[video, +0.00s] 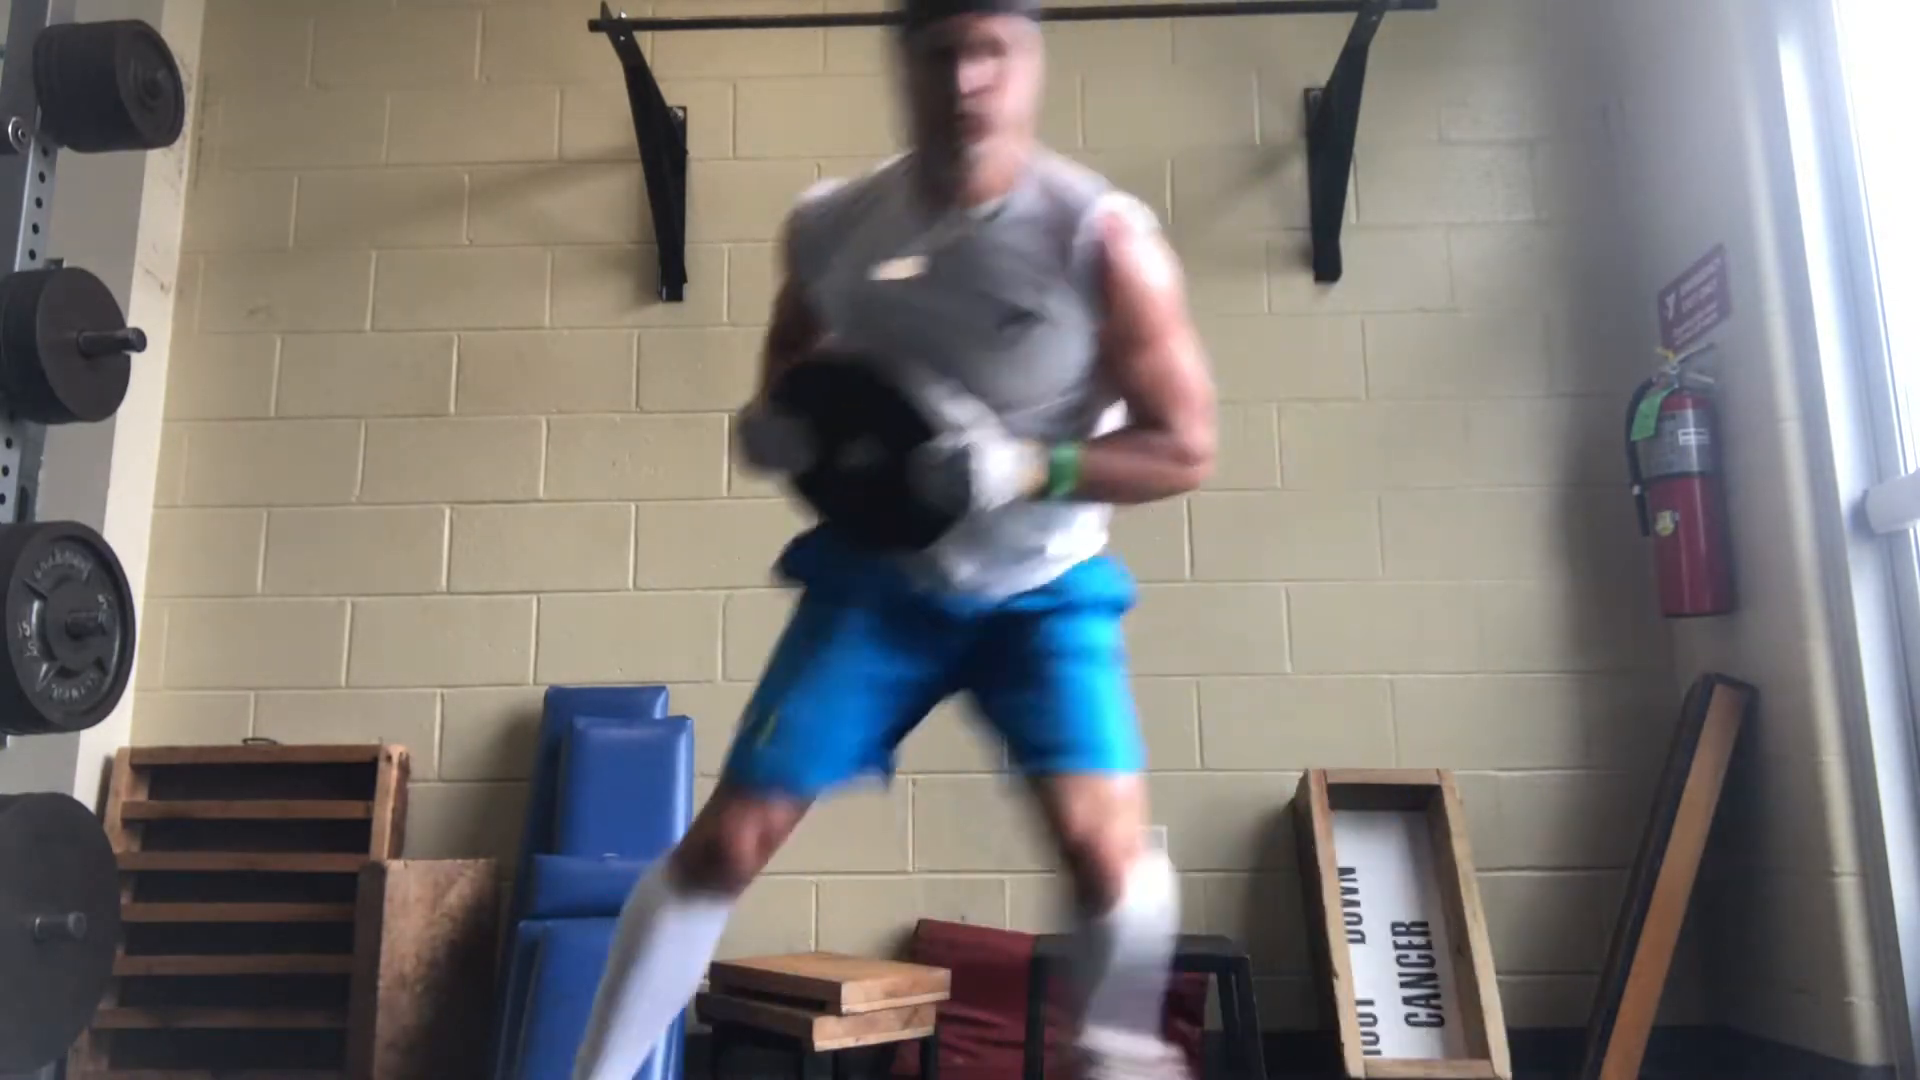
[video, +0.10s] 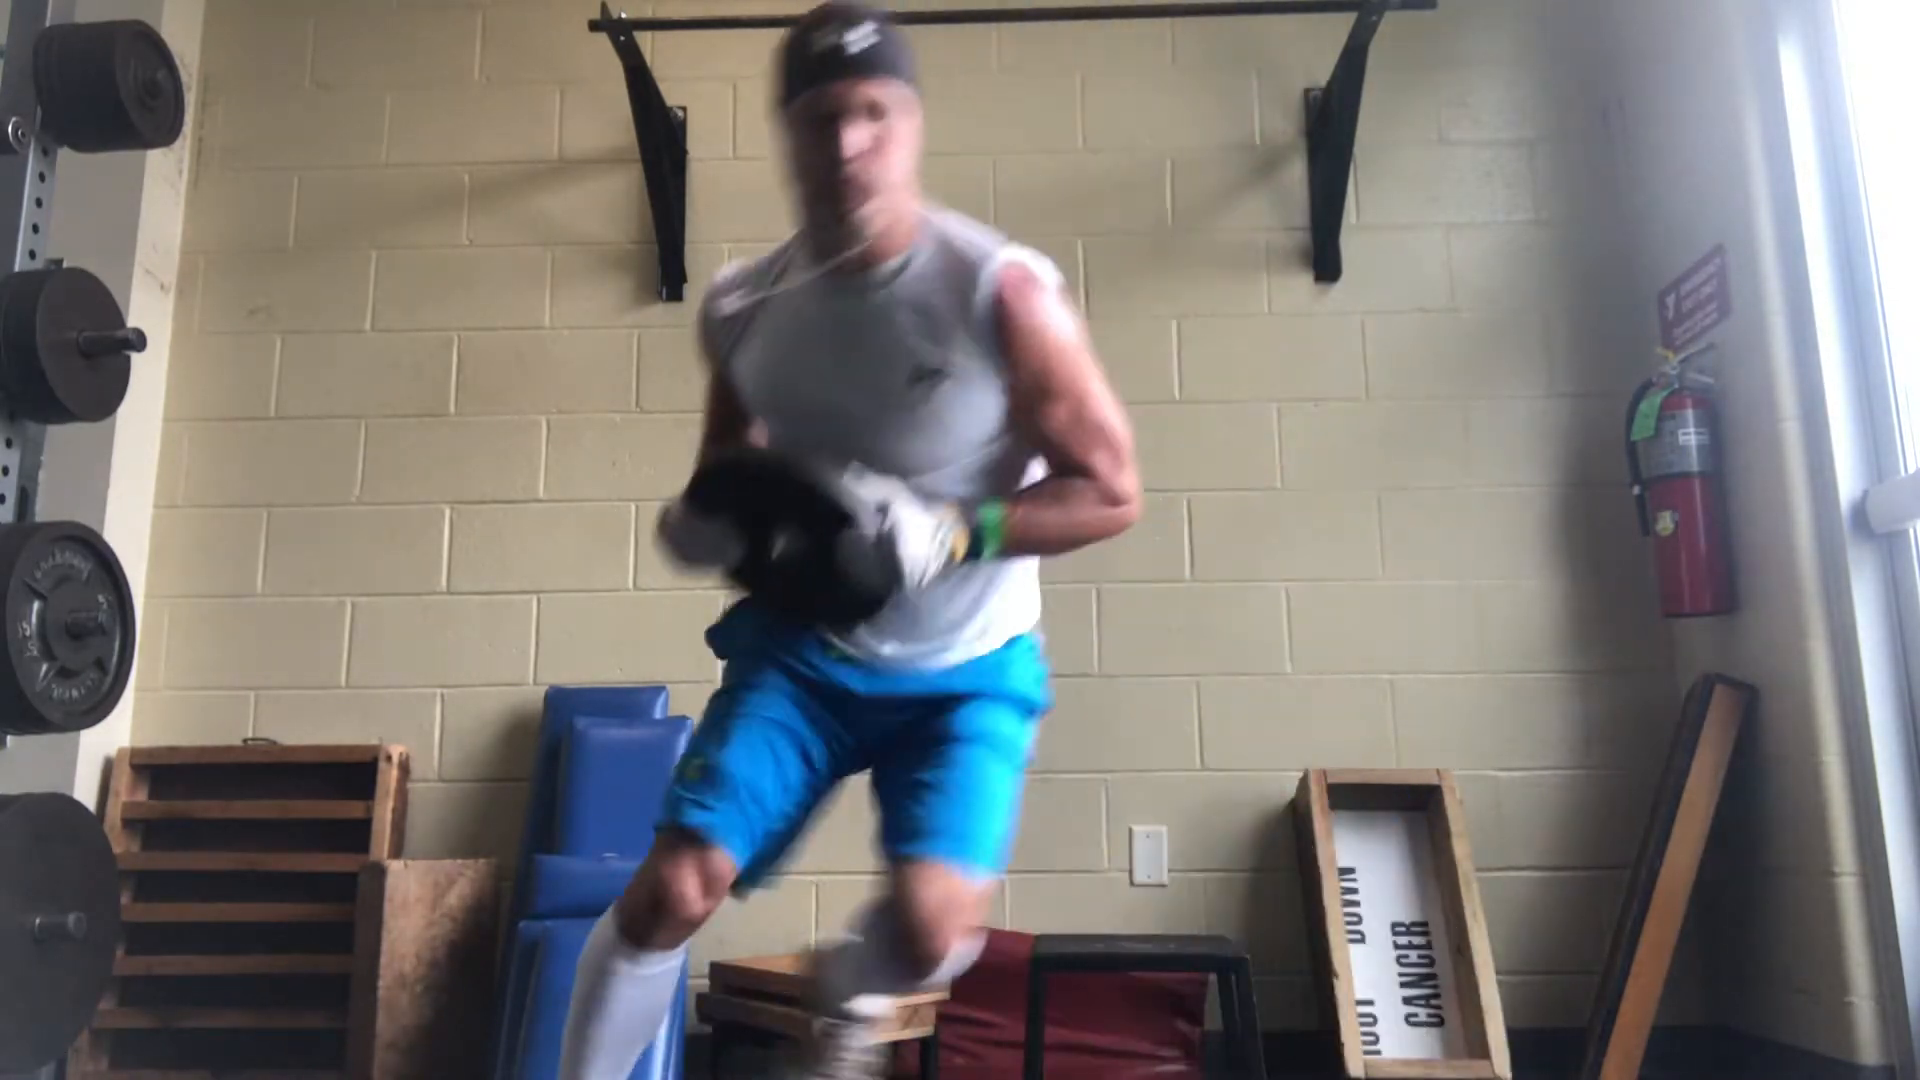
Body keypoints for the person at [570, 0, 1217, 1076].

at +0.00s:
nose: (967, 80)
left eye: (992, 53)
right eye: (940, 54)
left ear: (1032, 67)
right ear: (904, 70)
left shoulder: (1104, 235)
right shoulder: (829, 232)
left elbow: (1185, 448)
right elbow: (774, 410)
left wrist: (1025, 465)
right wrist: (783, 435)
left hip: (1047, 593)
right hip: (875, 583)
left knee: (1109, 854)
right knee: (730, 840)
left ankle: (1110, 1061)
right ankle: (598, 1076)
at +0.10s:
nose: (849, 142)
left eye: (874, 115)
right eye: (824, 117)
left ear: (914, 126)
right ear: (788, 135)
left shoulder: (1004, 293)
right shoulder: (740, 311)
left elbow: (1111, 493)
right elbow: (722, 480)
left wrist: (953, 530)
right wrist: (710, 524)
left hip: (970, 673)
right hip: (800, 654)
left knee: (933, 930)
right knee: (674, 892)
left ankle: (832, 989)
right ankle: (589, 1074)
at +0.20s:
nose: (787, 170)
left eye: (812, 138)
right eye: (758, 145)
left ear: (855, 145)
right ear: (725, 168)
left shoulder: (965, 304)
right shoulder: (708, 343)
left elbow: (1098, 482)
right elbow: (709, 496)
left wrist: (955, 552)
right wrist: (698, 569)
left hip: (945, 678)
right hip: (781, 671)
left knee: (887, 923)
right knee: (667, 899)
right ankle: (586, 1079)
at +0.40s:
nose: (923, 88)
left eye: (944, 56)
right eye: (894, 64)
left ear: (989, 66)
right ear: (861, 85)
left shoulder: (1089, 223)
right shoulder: (799, 251)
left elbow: (1234, 360)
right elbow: (774, 409)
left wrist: (1140, 435)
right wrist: (846, 458)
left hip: (1077, 584)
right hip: (889, 597)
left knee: (1189, 803)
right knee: (761, 844)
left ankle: (1327, 1053)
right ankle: (632, 1068)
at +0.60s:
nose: (1165, 117)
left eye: (1190, 88)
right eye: (1136, 90)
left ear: (1229, 112)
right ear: (1092, 108)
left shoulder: (1287, 290)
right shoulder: (988, 273)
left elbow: (1353, 429)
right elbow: (924, 468)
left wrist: (1354, 501)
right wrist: (1060, 519)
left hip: (1223, 649)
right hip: (1038, 658)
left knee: (1347, 876)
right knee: (978, 921)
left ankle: (1466, 1073)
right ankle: (1019, 1036)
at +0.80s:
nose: (1180, 112)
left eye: (1207, 87)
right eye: (1153, 85)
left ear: (1241, 116)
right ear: (1106, 102)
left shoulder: (1290, 291)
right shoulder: (986, 265)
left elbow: (1343, 452)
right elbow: (908, 439)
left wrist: (1302, 507)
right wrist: (1003, 506)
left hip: (1203, 650)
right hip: (1009, 639)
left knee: (1347, 901)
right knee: (853, 832)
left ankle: (1463, 1077)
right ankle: (896, 923)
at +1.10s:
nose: (790, 93)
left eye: (816, 62)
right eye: (764, 67)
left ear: (864, 79)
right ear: (731, 91)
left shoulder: (942, 256)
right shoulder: (682, 255)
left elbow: (1020, 490)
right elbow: (680, 416)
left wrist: (839, 489)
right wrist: (609, 452)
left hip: (902, 655)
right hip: (720, 639)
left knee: (928, 936)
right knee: (574, 884)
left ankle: (939, 1021)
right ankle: (455, 1075)